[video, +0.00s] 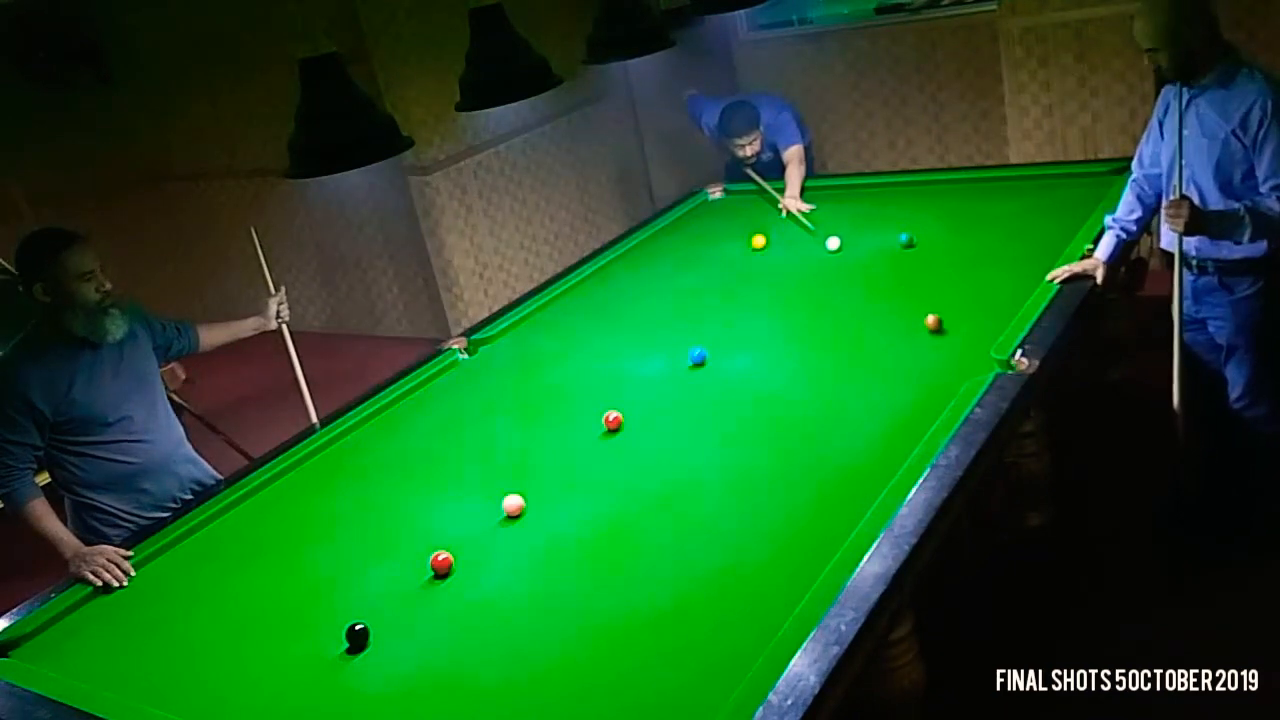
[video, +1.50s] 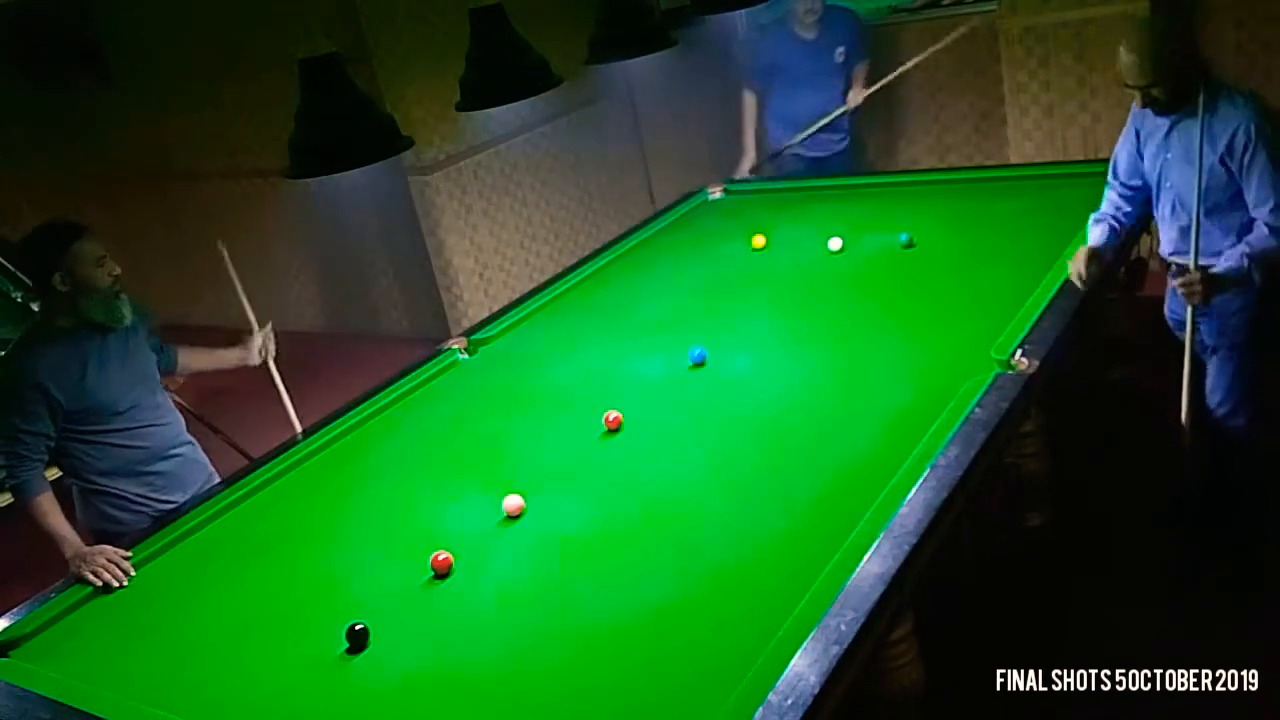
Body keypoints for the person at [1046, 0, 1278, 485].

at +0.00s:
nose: (1151, 63)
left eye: (1157, 52)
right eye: (1146, 52)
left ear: (1193, 39)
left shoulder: (1258, 101)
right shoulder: (1173, 96)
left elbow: (1277, 213)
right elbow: (1145, 179)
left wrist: (1209, 221)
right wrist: (1104, 254)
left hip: (1245, 284)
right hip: (1187, 279)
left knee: (1248, 407)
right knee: (1199, 405)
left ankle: (1258, 520)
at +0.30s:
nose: (1152, 70)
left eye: (1157, 56)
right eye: (1145, 58)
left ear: (1192, 39)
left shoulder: (1260, 100)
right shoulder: (1174, 97)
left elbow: (1277, 212)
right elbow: (1145, 180)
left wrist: (1213, 220)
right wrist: (1104, 254)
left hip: (1242, 285)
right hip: (1185, 279)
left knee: (1248, 410)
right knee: (1199, 409)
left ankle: (1257, 525)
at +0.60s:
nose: (1151, 68)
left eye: (1157, 55)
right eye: (1145, 56)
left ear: (1193, 39)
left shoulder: (1260, 100)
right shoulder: (1172, 97)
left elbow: (1277, 212)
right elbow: (1145, 181)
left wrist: (1215, 219)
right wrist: (1104, 253)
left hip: (1242, 284)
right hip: (1184, 278)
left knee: (1248, 410)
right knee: (1198, 407)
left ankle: (1257, 522)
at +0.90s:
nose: (1139, 60)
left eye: (1147, 49)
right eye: (1136, 49)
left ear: (1185, 41)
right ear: (1173, 44)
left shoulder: (1256, 101)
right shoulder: (1169, 98)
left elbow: (1276, 209)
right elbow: (1144, 182)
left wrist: (1216, 222)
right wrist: (1104, 254)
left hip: (1242, 286)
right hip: (1185, 282)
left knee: (1247, 410)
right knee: (1196, 408)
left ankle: (1256, 527)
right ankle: (1203, 520)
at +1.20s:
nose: (1130, 69)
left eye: (1138, 58)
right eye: (1127, 57)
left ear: (1177, 46)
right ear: (1167, 51)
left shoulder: (1248, 103)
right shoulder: (1159, 103)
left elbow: (1274, 209)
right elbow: (1139, 185)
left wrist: (1216, 249)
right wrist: (1105, 249)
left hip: (1241, 296)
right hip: (1186, 293)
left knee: (1241, 414)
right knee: (1197, 414)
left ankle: (1249, 525)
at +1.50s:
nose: (1142, 99)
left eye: (1150, 87)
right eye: (1133, 88)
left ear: (1182, 68)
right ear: (1129, 75)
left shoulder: (1239, 123)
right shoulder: (1144, 119)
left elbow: (1272, 225)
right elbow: (1123, 193)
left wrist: (1220, 275)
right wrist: (1097, 242)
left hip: (1232, 305)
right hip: (1178, 301)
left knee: (1227, 422)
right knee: (1185, 416)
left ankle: (1235, 535)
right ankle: (1191, 523)